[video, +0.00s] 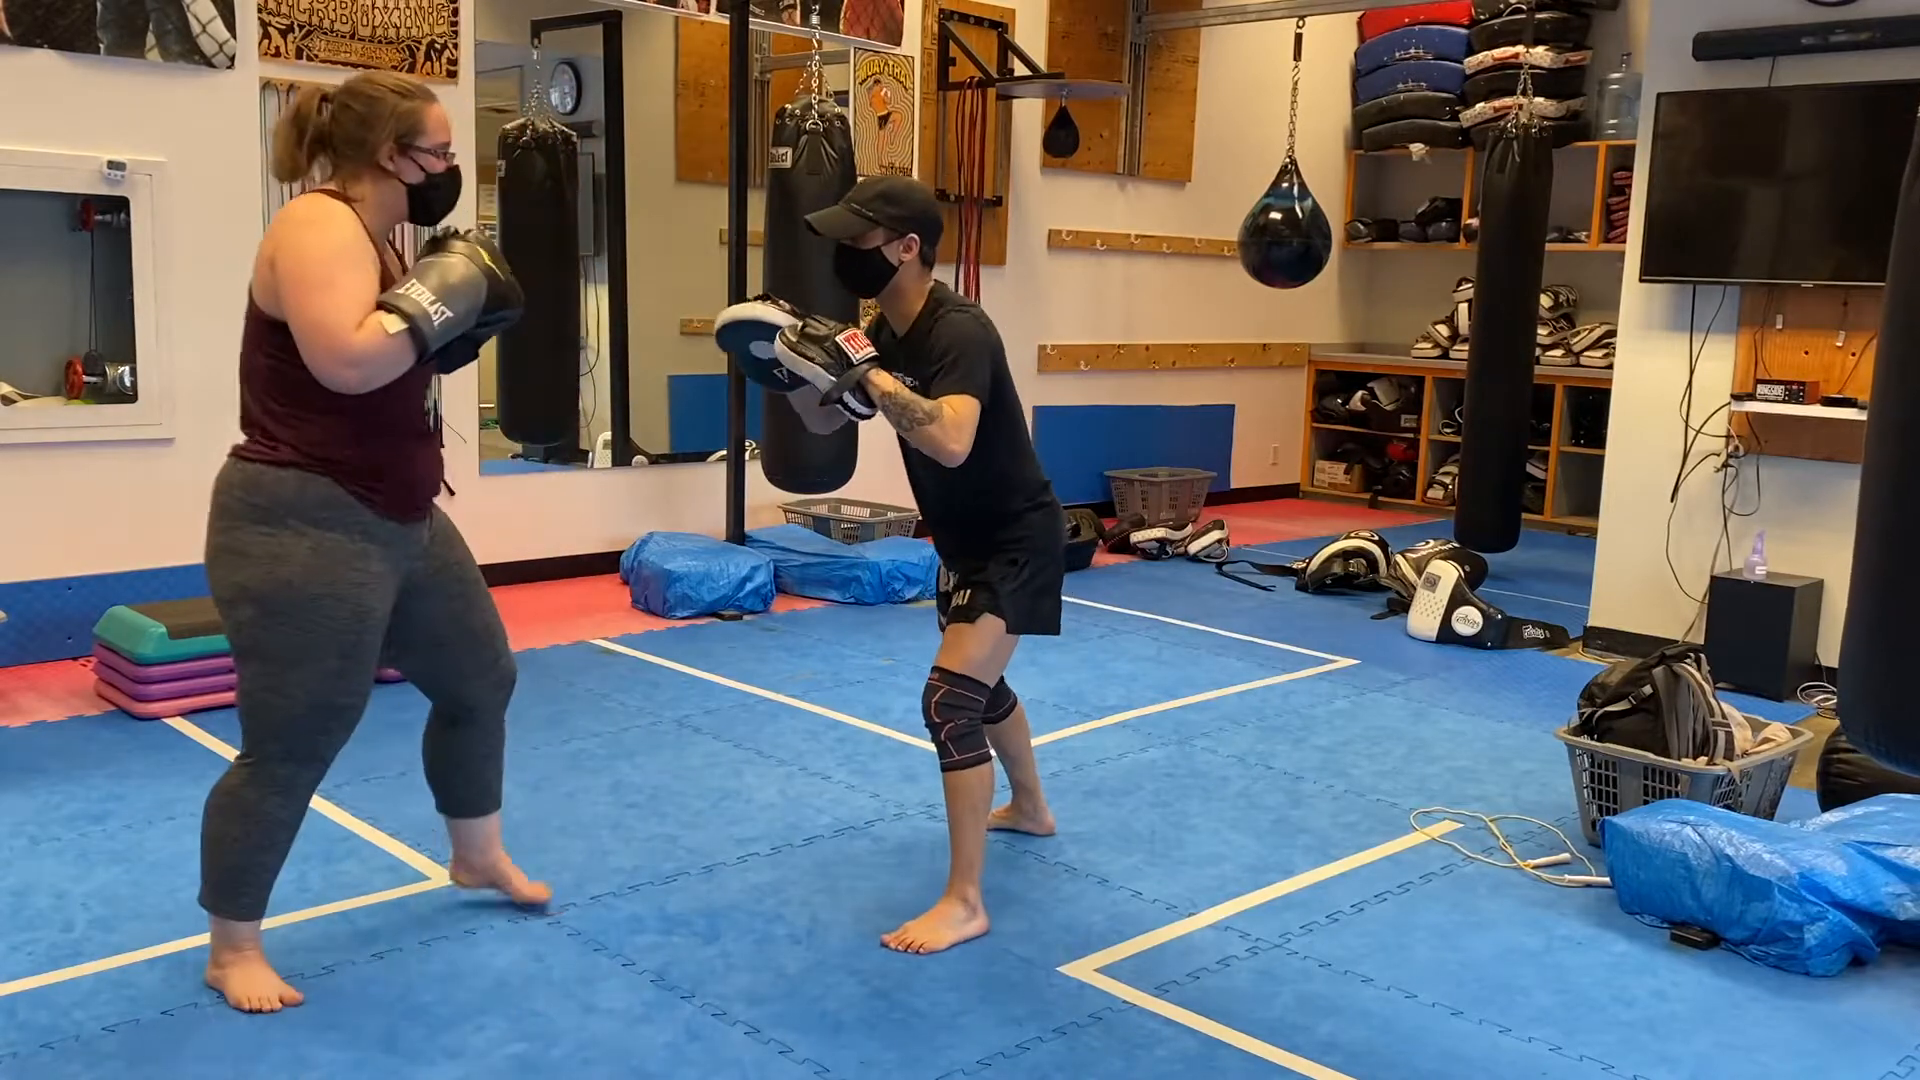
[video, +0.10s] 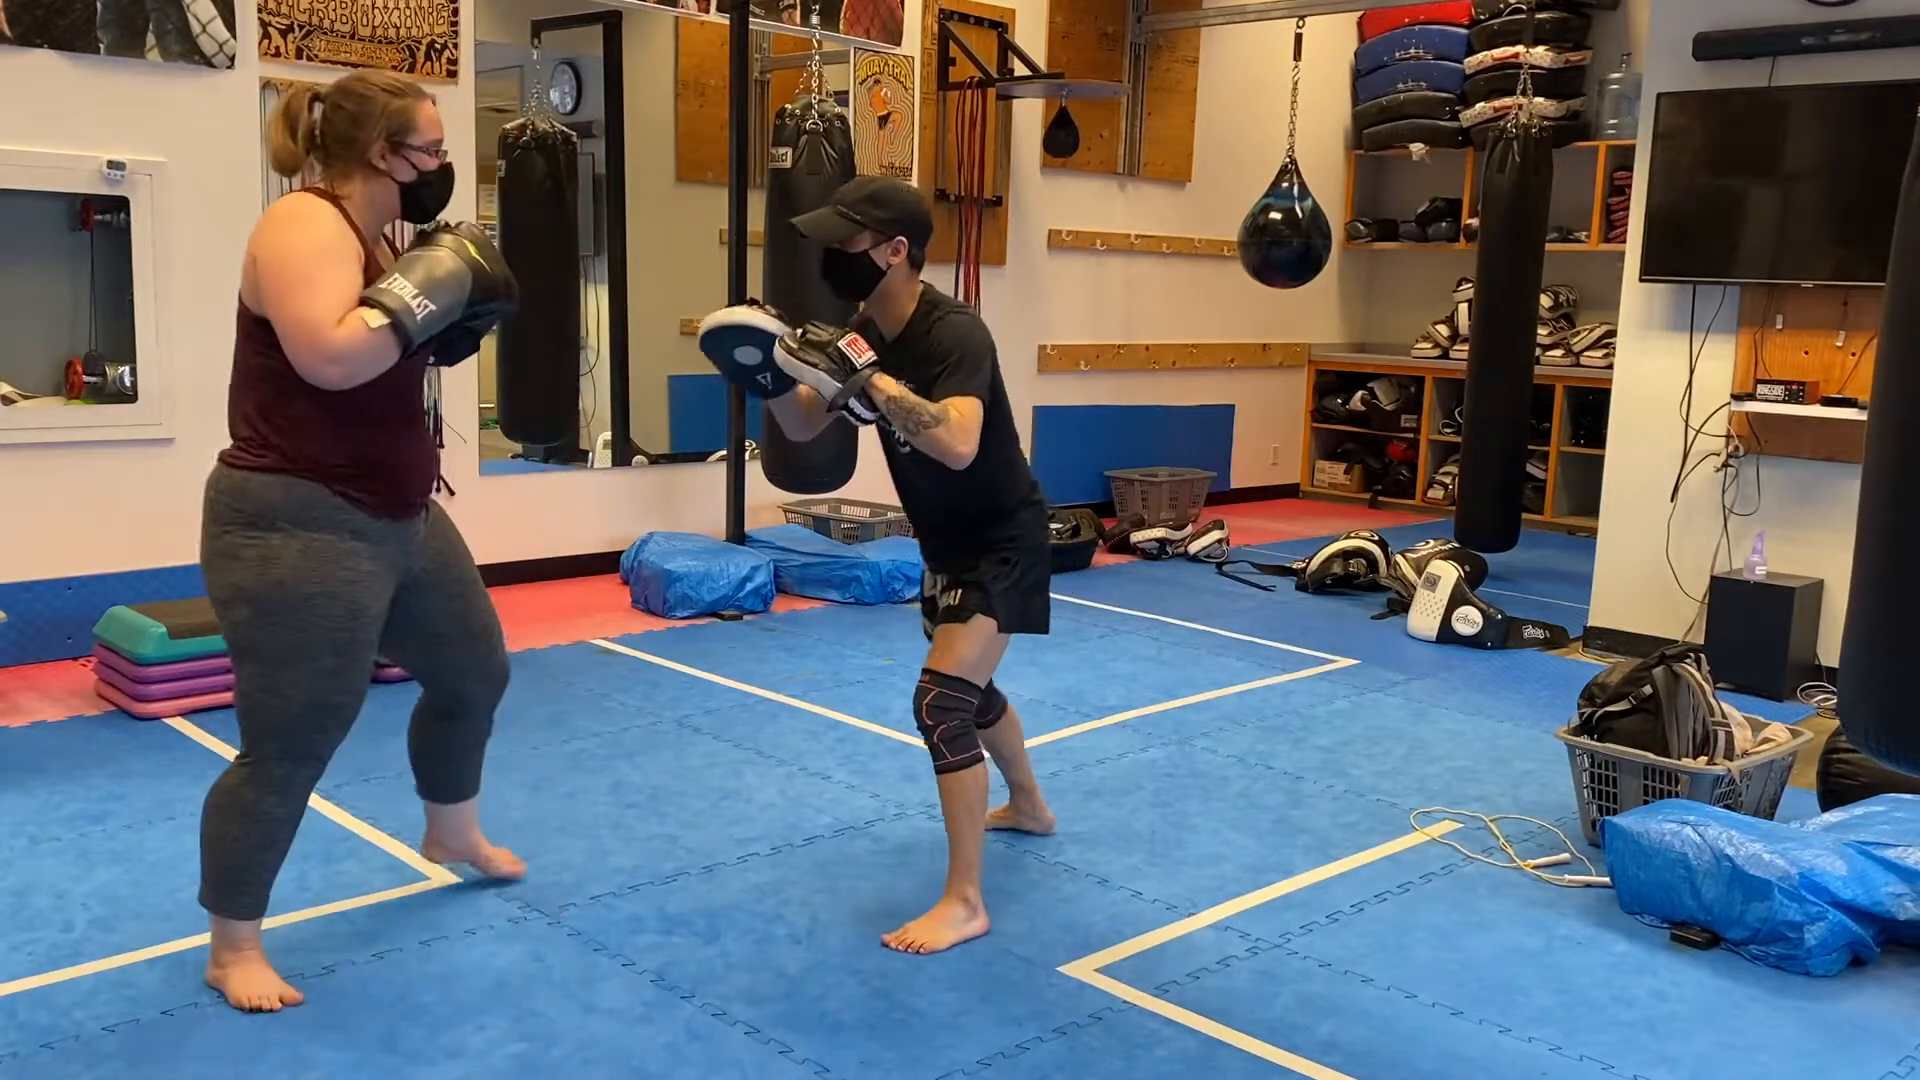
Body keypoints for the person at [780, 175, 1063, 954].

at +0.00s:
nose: (845, 253)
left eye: (857, 243)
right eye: (845, 241)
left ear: (905, 246)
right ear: (894, 247)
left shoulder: (962, 331)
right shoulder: (882, 321)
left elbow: (952, 440)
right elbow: (846, 401)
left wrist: (875, 381)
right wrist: (804, 359)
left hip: (1017, 536)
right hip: (961, 532)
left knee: (953, 701)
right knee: (979, 681)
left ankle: (966, 901)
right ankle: (1030, 804)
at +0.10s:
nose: (831, 254)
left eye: (844, 242)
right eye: (833, 242)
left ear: (895, 248)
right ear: (886, 250)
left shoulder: (959, 333)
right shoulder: (862, 330)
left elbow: (959, 443)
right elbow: (806, 421)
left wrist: (867, 383)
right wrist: (766, 362)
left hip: (1004, 536)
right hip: (943, 536)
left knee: (944, 702)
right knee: (968, 686)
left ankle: (964, 900)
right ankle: (1029, 804)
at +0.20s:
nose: (822, 271)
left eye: (835, 259)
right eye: (823, 258)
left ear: (882, 263)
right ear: (869, 264)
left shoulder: (948, 347)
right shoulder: (846, 348)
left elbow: (957, 460)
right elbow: (785, 442)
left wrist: (865, 399)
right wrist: (744, 374)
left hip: (986, 543)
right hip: (924, 543)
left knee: (922, 705)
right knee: (905, 690)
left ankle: (964, 901)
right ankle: (1009, 782)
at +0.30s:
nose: (812, 293)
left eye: (826, 282)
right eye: (812, 281)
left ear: (873, 285)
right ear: (855, 286)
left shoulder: (935, 365)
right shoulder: (837, 361)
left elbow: (939, 478)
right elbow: (780, 459)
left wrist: (848, 412)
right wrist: (738, 407)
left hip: (963, 562)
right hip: (902, 558)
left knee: (894, 725)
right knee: (845, 694)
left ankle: (963, 903)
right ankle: (963, 769)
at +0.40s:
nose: (794, 292)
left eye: (808, 281)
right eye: (795, 280)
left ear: (858, 284)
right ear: (837, 285)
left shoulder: (914, 367)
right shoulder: (817, 357)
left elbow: (903, 475)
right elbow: (756, 449)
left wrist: (821, 404)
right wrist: (721, 390)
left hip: (935, 566)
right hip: (873, 560)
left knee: (877, 728)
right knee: (798, 672)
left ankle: (962, 900)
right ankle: (879, 770)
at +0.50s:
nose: (775, 270)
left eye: (790, 257)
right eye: (776, 256)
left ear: (842, 262)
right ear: (821, 263)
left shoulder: (884, 349)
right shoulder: (792, 338)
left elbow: (871, 449)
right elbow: (729, 421)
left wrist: (799, 386)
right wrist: (713, 363)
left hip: (896, 548)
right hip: (834, 542)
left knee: (878, 713)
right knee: (766, 647)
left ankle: (958, 893)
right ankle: (780, 751)